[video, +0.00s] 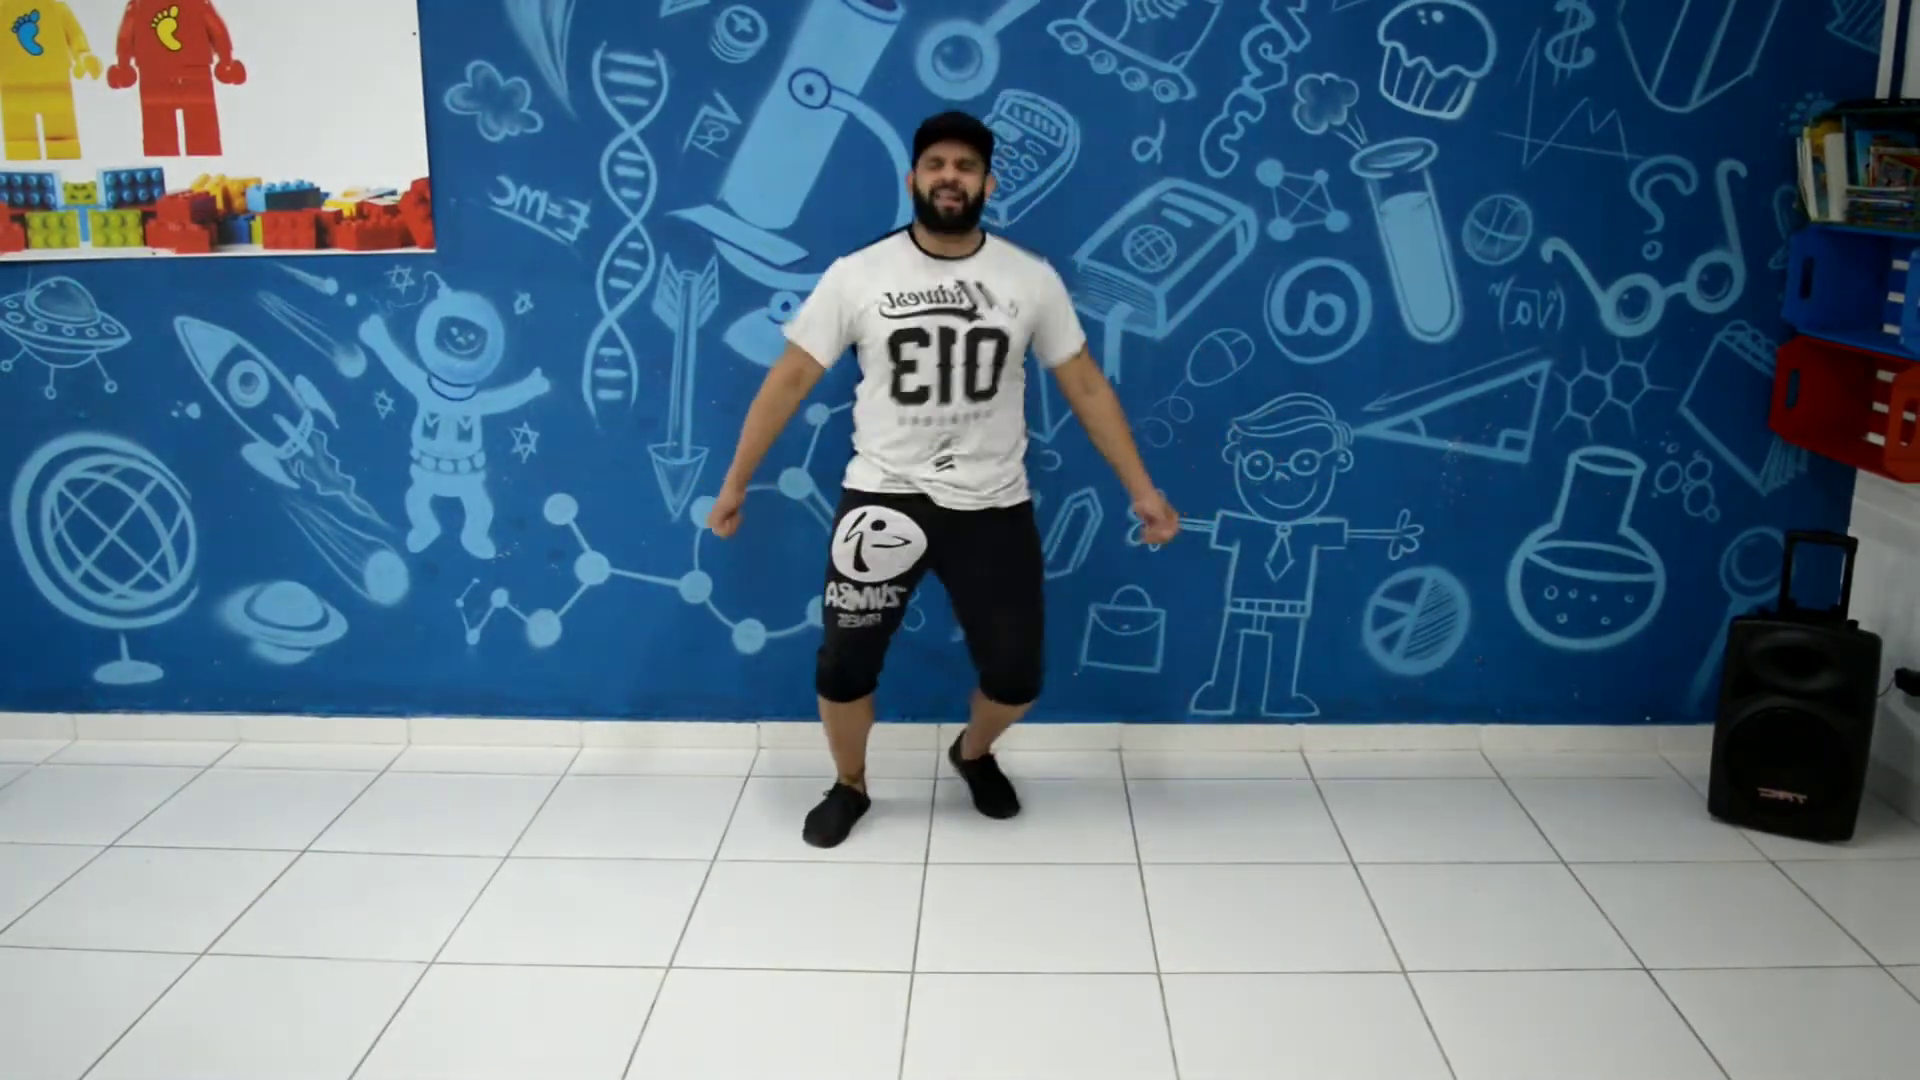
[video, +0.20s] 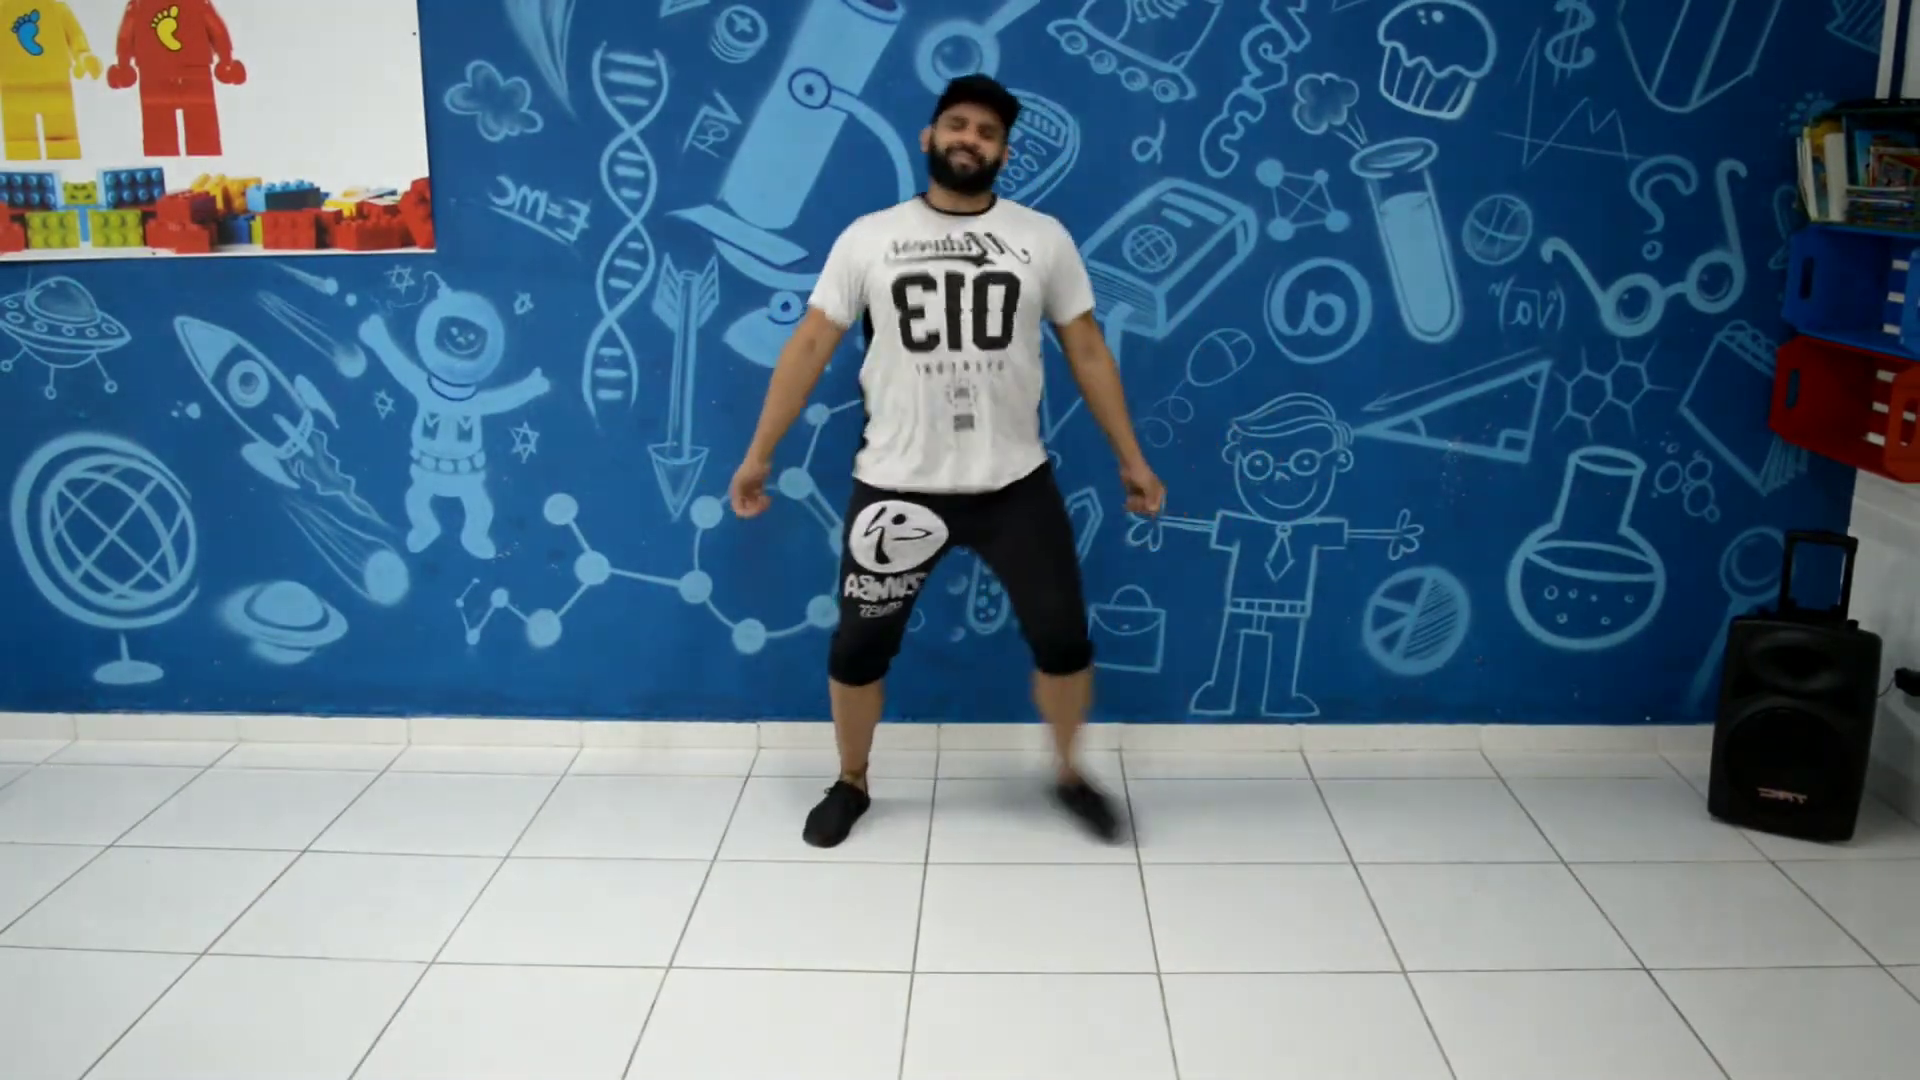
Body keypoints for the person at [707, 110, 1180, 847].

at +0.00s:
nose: (950, 179)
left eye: (966, 167)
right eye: (936, 165)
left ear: (986, 183)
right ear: (913, 178)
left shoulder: (1032, 281)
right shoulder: (856, 278)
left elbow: (1088, 387)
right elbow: (790, 378)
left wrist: (1142, 488)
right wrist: (735, 484)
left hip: (993, 501)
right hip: (884, 494)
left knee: (1016, 676)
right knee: (845, 661)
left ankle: (973, 754)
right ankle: (850, 786)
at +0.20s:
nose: (969, 138)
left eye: (986, 131)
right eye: (957, 125)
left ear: (1004, 152)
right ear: (929, 137)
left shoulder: (1044, 241)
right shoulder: (867, 241)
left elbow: (1089, 353)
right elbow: (809, 347)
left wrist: (1130, 456)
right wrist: (758, 454)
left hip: (1015, 481)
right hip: (897, 482)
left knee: (1065, 640)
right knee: (859, 645)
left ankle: (1070, 773)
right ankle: (850, 783)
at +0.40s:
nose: (1008, 196)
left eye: (1026, 188)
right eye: (996, 181)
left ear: (1045, 208)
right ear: (969, 190)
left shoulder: (1077, 302)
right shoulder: (905, 288)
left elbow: (1137, 402)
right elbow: (841, 394)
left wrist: (1200, 499)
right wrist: (793, 506)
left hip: (1056, 509)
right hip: (942, 507)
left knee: (1113, 661)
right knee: (872, 662)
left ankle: (1140, 794)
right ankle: (850, 787)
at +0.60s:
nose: (1035, 141)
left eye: (1051, 129)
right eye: (1020, 129)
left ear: (1073, 144)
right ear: (996, 143)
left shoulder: (1124, 232)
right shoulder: (953, 253)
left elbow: (1163, 343)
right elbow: (894, 359)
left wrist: (1199, 449)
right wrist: (844, 467)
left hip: (1098, 479)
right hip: (984, 479)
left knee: (1132, 641)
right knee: (937, 644)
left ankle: (1141, 789)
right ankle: (942, 763)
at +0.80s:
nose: (1059, 166)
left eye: (1071, 151)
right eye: (1040, 157)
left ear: (1093, 161)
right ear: (1018, 175)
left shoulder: (1148, 266)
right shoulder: (974, 267)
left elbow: (1204, 365)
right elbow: (918, 379)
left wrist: (1264, 459)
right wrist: (874, 487)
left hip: (1127, 490)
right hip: (1018, 494)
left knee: (1151, 655)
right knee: (994, 671)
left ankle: (1147, 790)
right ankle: (1039, 767)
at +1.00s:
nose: (1027, 146)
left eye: (1037, 128)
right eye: (1008, 137)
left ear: (1064, 130)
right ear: (990, 154)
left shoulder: (1134, 222)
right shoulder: (962, 249)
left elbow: (1177, 331)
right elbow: (915, 350)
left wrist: (1216, 438)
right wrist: (874, 456)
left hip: (1098, 477)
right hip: (985, 477)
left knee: (1129, 640)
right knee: (941, 641)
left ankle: (1143, 788)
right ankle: (954, 762)